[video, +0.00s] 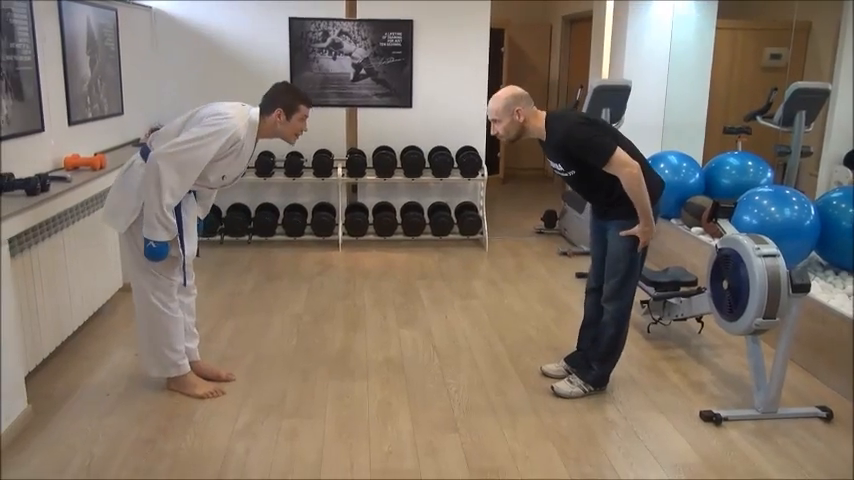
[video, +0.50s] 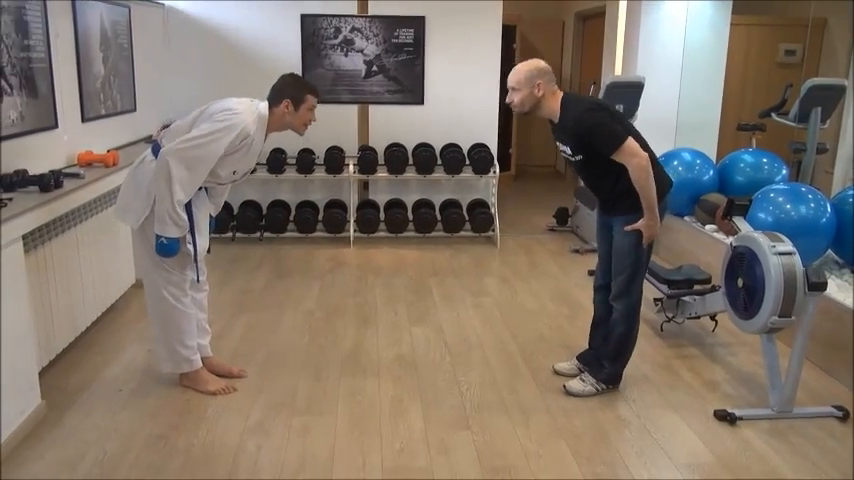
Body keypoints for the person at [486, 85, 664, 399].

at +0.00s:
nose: (493, 130)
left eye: (496, 122)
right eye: (491, 123)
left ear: (519, 114)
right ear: (520, 114)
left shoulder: (570, 131)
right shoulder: (548, 135)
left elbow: (630, 169)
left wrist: (646, 222)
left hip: (629, 211)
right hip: (603, 207)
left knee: (614, 297)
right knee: (596, 289)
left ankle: (596, 377)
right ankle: (582, 361)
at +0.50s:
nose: (507, 98)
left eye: (513, 90)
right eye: (507, 90)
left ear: (539, 88)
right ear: (538, 89)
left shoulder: (586, 117)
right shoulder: (561, 119)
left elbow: (639, 161)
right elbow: (601, 162)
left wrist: (651, 216)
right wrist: (608, 204)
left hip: (636, 208)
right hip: (610, 205)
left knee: (623, 293)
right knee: (604, 285)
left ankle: (608, 375)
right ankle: (595, 359)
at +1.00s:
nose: (584, 42)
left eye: (592, 36)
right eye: (586, 35)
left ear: (616, 45)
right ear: (611, 46)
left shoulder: (622, 93)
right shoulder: (595, 90)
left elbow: (635, 163)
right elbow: (592, 160)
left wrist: (619, 224)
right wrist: (577, 214)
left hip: (610, 222)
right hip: (583, 216)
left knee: (609, 310)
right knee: (563, 285)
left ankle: (615, 391)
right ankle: (593, 366)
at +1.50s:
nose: (566, 79)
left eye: (573, 72)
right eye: (567, 73)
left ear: (599, 75)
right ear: (592, 77)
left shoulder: (610, 123)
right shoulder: (582, 123)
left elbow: (618, 192)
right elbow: (576, 185)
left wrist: (597, 250)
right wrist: (560, 236)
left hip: (587, 248)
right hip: (562, 243)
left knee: (589, 337)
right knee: (565, 334)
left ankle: (616, 420)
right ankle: (567, 411)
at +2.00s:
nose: (521, 87)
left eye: (527, 80)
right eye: (521, 80)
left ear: (553, 81)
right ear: (548, 82)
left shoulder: (574, 123)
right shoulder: (544, 123)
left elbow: (531, 183)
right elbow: (504, 166)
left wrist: (470, 204)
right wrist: (456, 186)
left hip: (580, 243)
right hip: (563, 241)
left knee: (549, 334)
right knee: (569, 325)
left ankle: (535, 424)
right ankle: (573, 406)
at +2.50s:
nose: (466, 94)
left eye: (470, 86)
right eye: (466, 86)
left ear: (495, 86)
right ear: (498, 87)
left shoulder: (519, 124)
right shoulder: (521, 118)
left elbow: (483, 191)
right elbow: (480, 173)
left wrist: (430, 183)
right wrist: (432, 177)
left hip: (564, 230)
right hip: (576, 224)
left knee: (541, 320)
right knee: (570, 312)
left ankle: (535, 409)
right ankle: (572, 391)